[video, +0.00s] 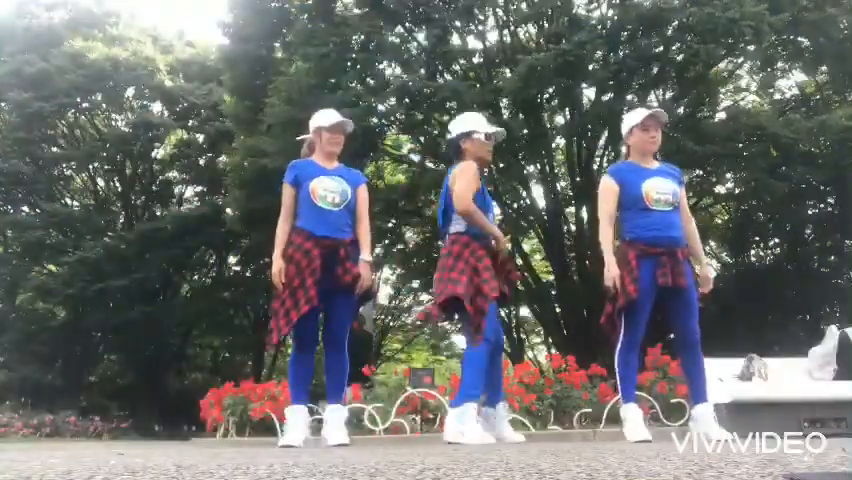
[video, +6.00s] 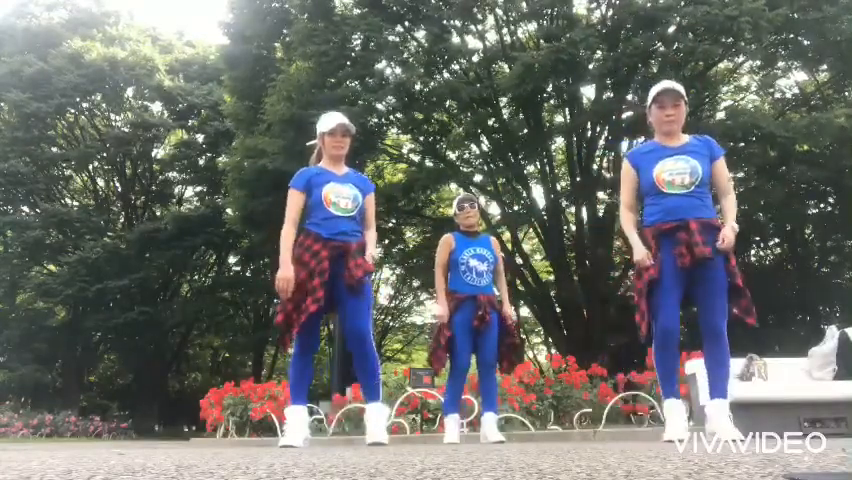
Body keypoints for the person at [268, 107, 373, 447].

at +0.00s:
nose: (336, 136)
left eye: (340, 132)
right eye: (330, 131)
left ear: (345, 137)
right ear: (315, 135)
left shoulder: (356, 177)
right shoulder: (297, 169)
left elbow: (363, 220)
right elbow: (286, 217)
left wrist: (366, 258)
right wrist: (277, 256)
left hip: (345, 254)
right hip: (305, 253)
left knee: (337, 338)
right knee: (304, 337)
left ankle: (336, 417)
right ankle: (298, 416)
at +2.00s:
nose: (348, 138)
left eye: (348, 134)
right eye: (342, 133)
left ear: (342, 139)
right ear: (323, 135)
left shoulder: (355, 174)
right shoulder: (299, 169)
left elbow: (378, 199)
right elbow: (252, 187)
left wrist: (371, 214)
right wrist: (281, 206)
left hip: (346, 255)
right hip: (308, 253)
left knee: (338, 340)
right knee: (305, 338)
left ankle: (335, 420)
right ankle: (297, 420)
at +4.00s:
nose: (348, 137)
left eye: (349, 133)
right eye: (342, 132)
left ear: (343, 138)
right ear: (322, 134)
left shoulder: (355, 178)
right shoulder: (296, 172)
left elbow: (376, 221)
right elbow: (279, 220)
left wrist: (377, 257)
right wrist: (287, 251)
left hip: (347, 254)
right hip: (308, 254)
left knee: (339, 340)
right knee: (306, 339)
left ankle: (336, 419)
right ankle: (297, 419)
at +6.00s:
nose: (339, 140)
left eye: (344, 135)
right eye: (332, 135)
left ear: (351, 140)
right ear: (321, 140)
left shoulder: (363, 183)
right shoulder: (306, 176)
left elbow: (369, 226)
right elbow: (290, 223)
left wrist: (370, 250)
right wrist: (285, 263)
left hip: (352, 258)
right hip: (312, 256)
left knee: (360, 334)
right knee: (306, 338)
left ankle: (375, 413)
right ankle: (297, 419)